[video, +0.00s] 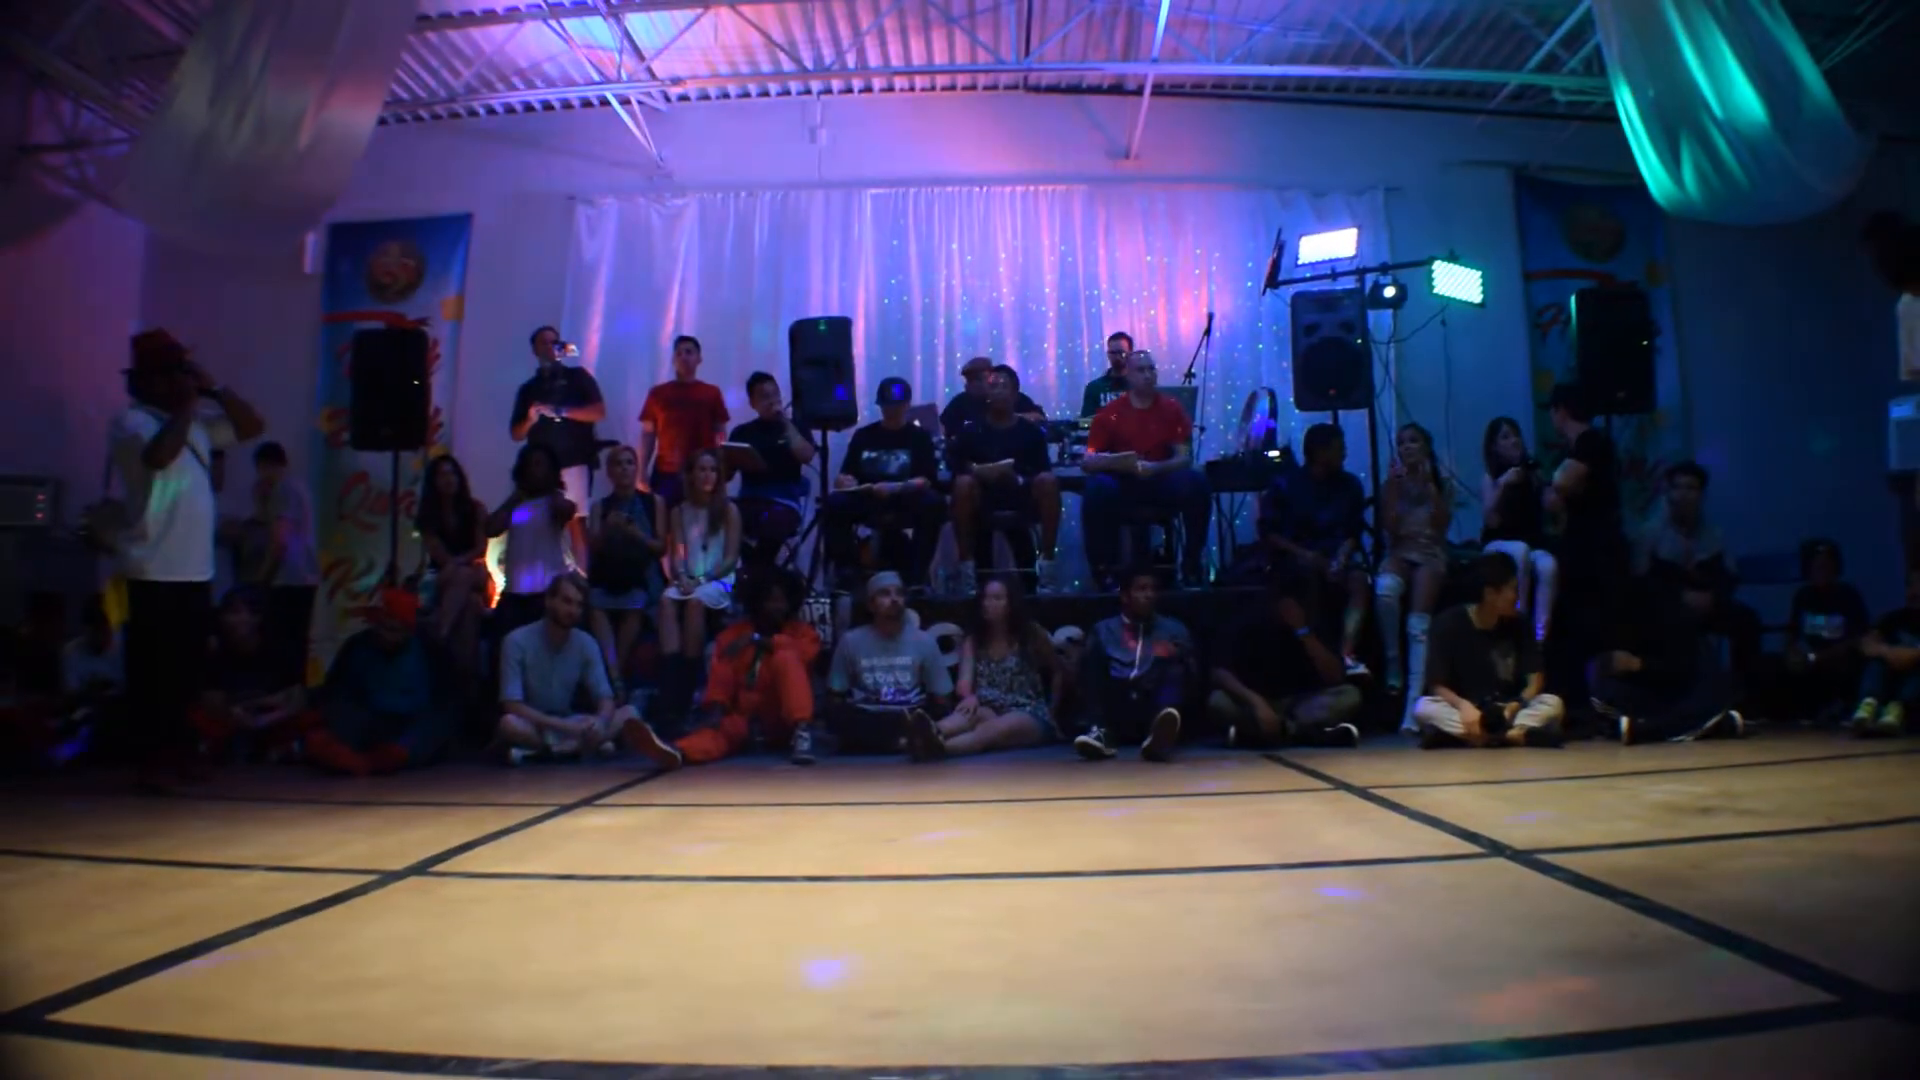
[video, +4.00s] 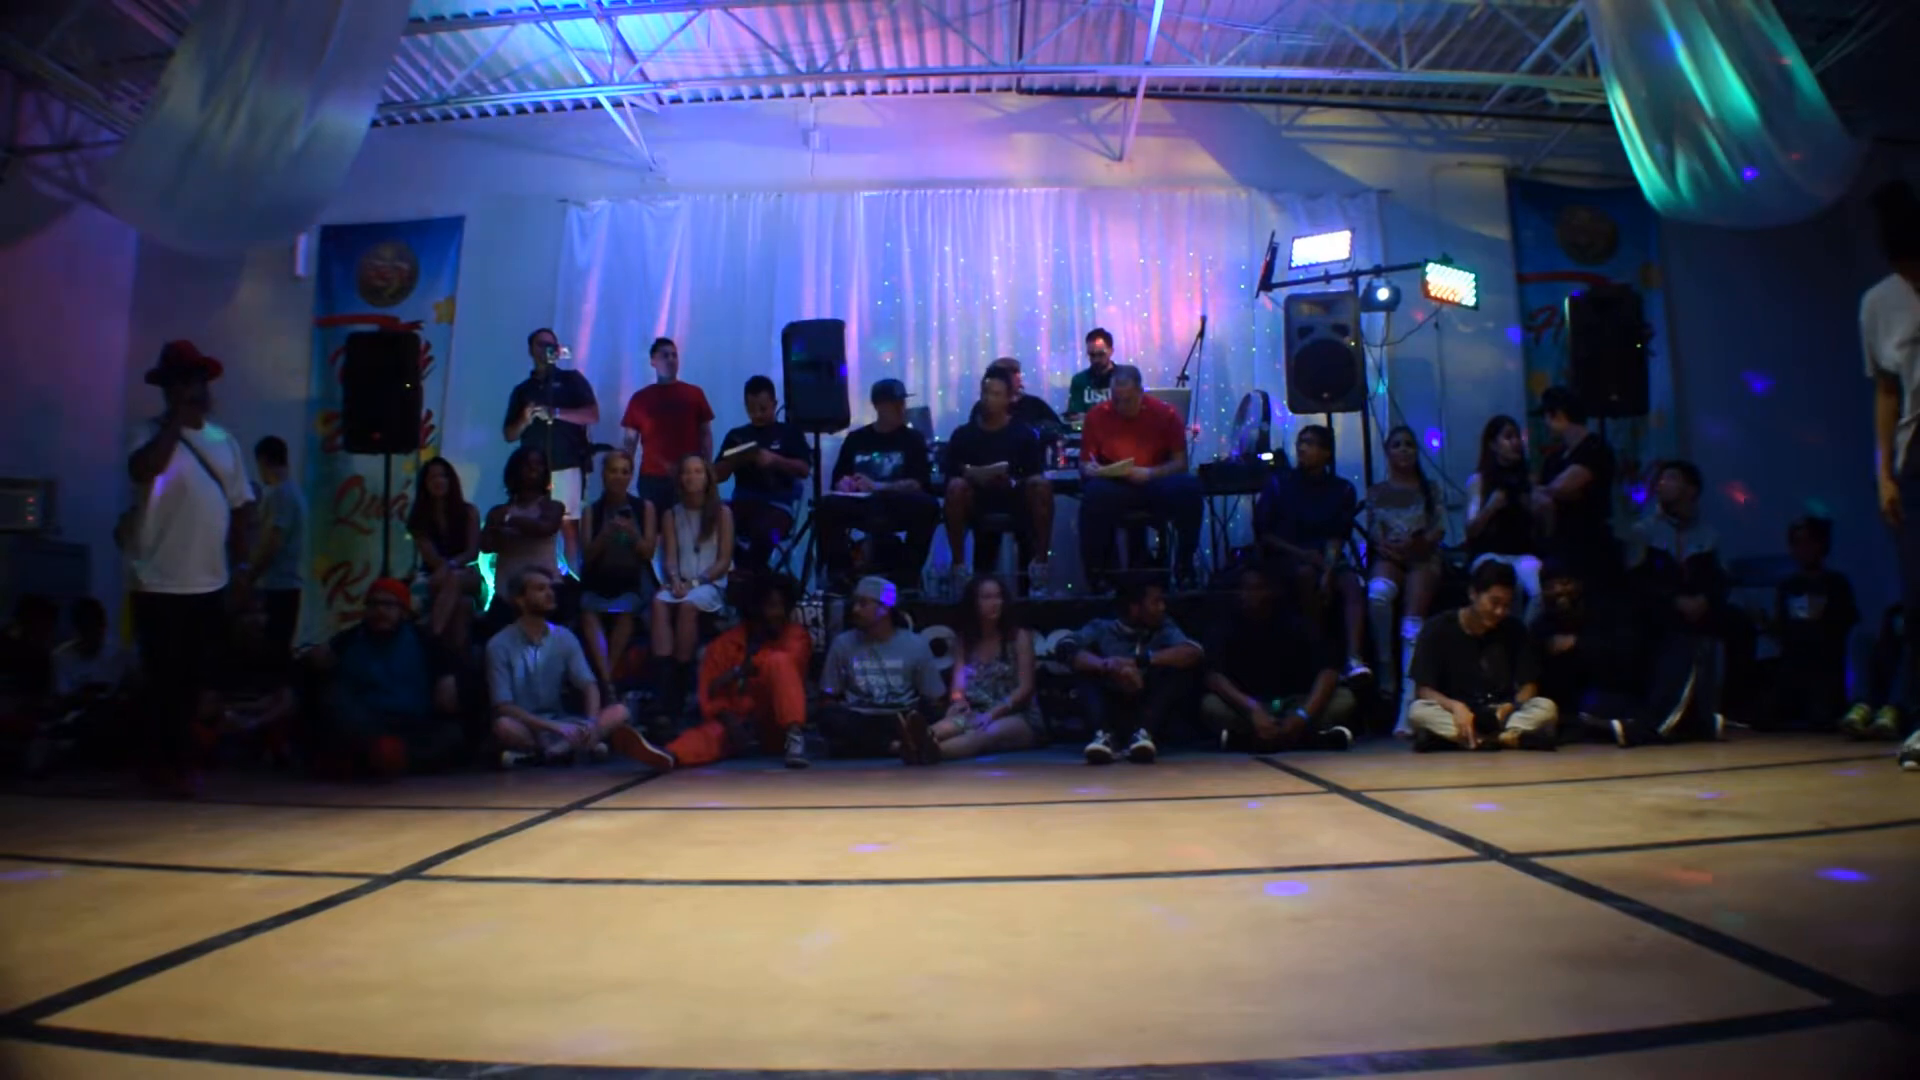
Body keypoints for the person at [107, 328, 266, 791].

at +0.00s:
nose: (183, 384)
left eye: (185, 376)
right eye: (172, 375)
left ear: (186, 382)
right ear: (149, 381)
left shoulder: (193, 429)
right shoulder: (132, 423)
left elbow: (251, 426)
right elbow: (158, 458)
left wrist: (214, 390)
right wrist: (184, 407)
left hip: (194, 577)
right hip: (153, 577)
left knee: (188, 677)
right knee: (154, 679)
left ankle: (184, 760)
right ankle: (151, 766)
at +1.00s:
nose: (176, 387)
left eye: (178, 378)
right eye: (165, 379)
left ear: (179, 385)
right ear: (143, 385)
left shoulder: (183, 433)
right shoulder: (127, 427)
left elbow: (241, 441)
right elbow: (155, 462)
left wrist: (213, 400)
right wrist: (184, 412)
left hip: (186, 580)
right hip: (147, 580)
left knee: (180, 681)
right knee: (148, 682)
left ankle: (176, 764)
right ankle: (147, 769)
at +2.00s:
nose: (185, 389)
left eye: (186, 381)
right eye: (177, 381)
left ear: (179, 386)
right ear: (155, 386)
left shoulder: (182, 431)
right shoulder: (134, 425)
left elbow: (241, 445)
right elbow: (167, 462)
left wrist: (223, 403)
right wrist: (194, 412)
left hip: (187, 577)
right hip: (153, 577)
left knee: (181, 678)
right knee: (151, 678)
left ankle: (172, 761)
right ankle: (146, 767)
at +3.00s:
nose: (178, 391)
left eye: (181, 383)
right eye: (167, 384)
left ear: (186, 388)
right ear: (147, 390)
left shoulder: (208, 437)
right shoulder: (128, 434)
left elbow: (250, 476)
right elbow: (119, 470)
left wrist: (241, 510)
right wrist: (152, 421)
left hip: (193, 583)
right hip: (141, 583)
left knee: (186, 680)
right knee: (143, 681)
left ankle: (183, 760)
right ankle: (143, 765)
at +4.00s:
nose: (199, 392)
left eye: (203, 383)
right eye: (188, 385)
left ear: (209, 389)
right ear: (167, 391)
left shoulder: (223, 442)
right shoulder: (148, 434)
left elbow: (243, 507)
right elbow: (144, 471)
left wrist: (241, 569)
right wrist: (177, 420)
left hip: (209, 588)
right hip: (160, 588)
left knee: (202, 685)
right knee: (165, 684)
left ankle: (194, 766)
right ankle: (164, 767)